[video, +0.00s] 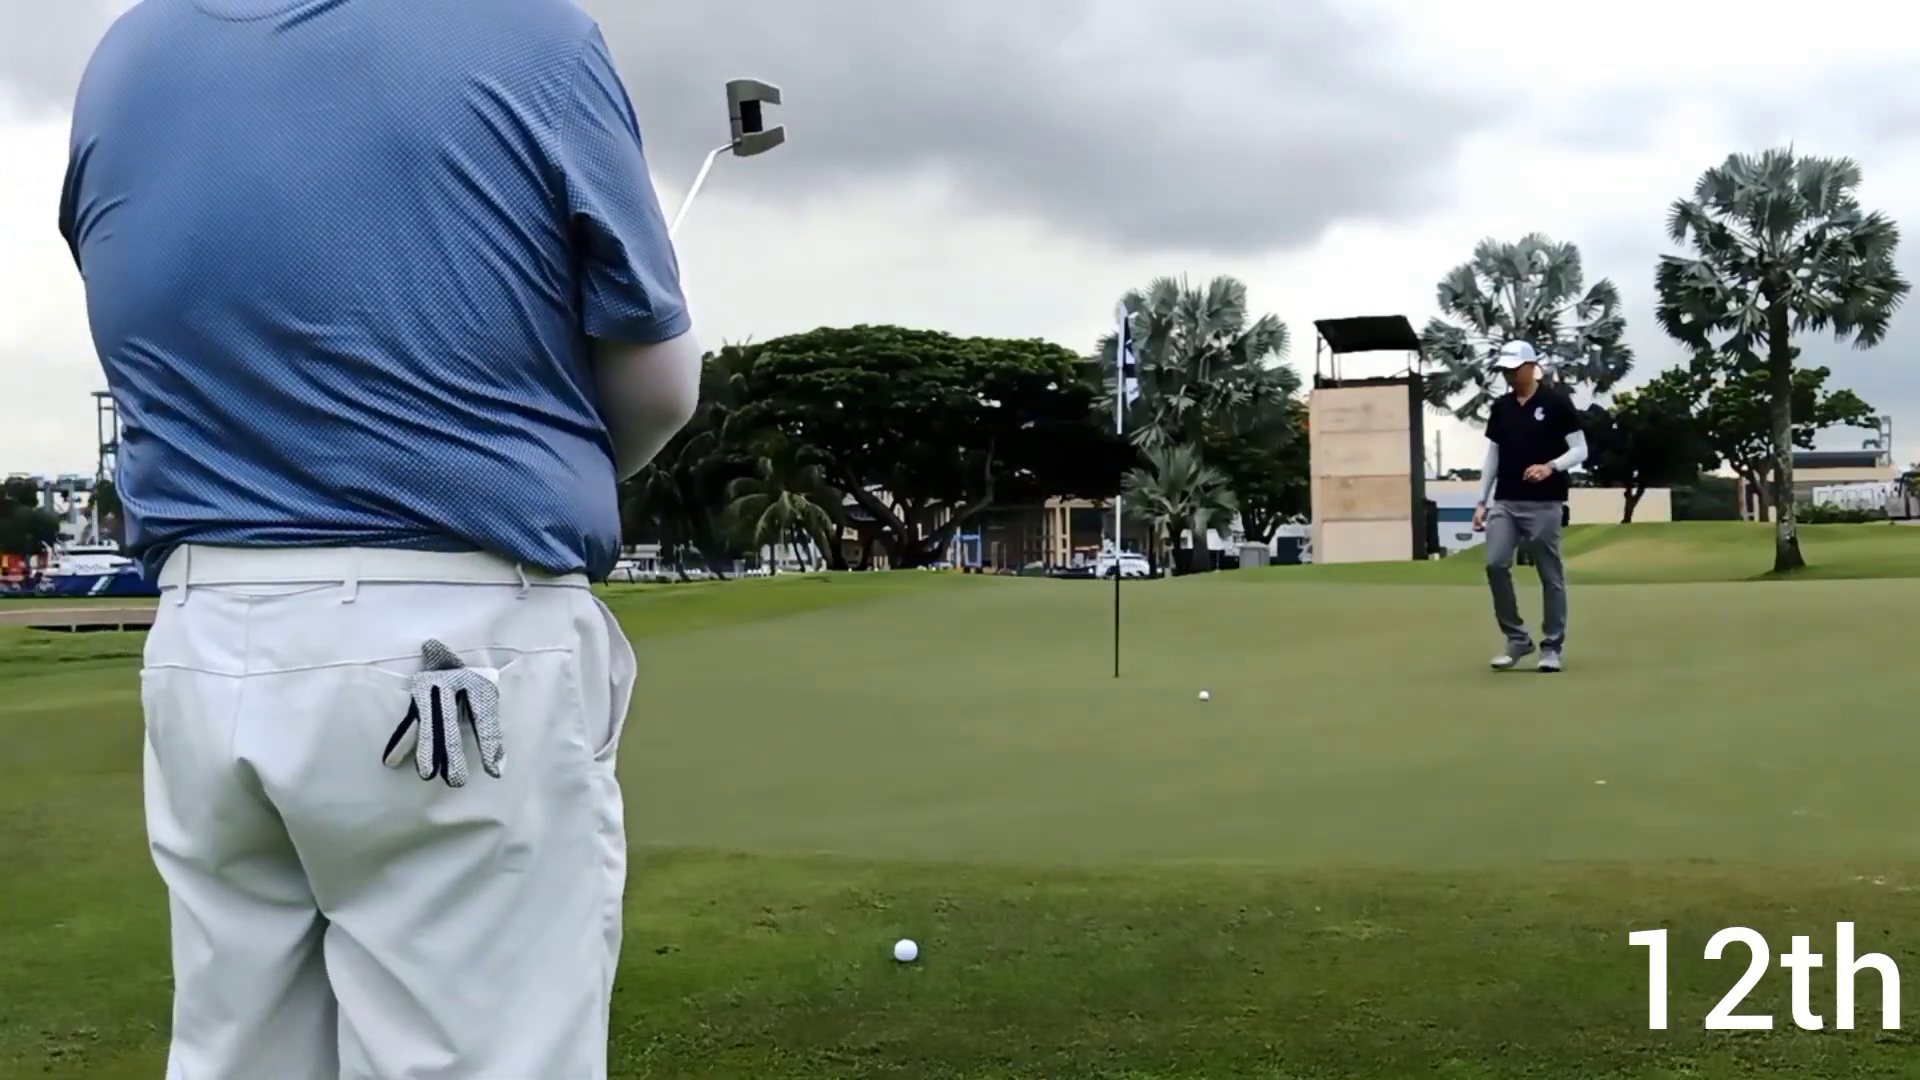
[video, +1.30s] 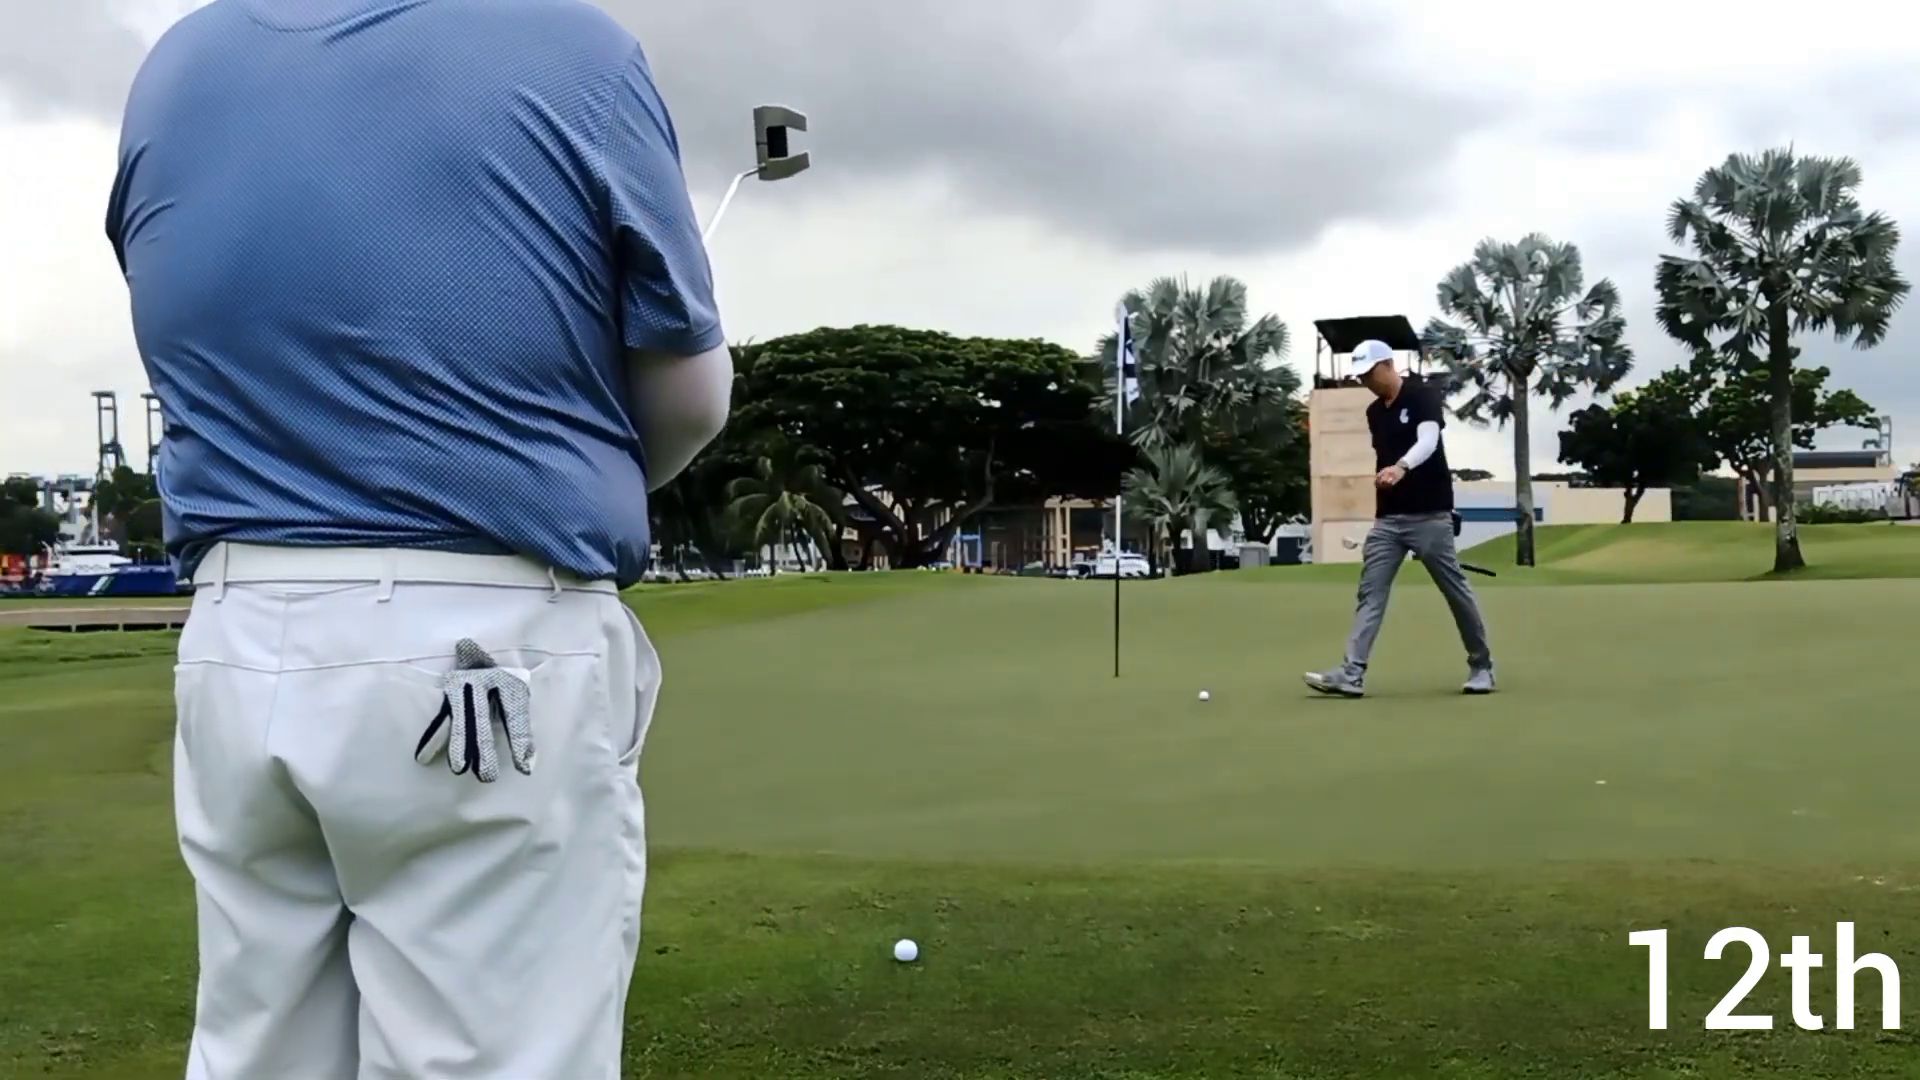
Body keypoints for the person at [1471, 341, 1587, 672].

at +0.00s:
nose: (1508, 376)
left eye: (1514, 369)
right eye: (1505, 370)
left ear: (1532, 367)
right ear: (1504, 371)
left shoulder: (1556, 402)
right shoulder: (1501, 407)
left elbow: (1580, 450)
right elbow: (1492, 455)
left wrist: (1551, 466)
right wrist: (1482, 500)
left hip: (1544, 507)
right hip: (1504, 505)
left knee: (1551, 577)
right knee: (1495, 565)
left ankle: (1552, 647)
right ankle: (1516, 640)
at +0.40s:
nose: (1482, 369)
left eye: (1486, 362)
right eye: (1474, 364)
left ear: (1494, 363)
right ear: (1462, 370)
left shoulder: (1515, 402)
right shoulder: (1451, 410)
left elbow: (1527, 454)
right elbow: (1444, 464)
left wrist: (1526, 500)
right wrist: (1440, 510)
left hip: (1505, 507)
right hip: (1463, 509)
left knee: (1509, 574)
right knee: (1464, 584)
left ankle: (1529, 632)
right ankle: (1474, 658)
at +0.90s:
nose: (1435, 374)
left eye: (1441, 366)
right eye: (1430, 368)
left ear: (1458, 364)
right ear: (1425, 370)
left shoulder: (1487, 406)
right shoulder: (1420, 414)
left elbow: (1513, 458)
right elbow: (1409, 466)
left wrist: (1539, 504)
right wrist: (1390, 513)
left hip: (1477, 511)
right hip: (1436, 517)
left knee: (1476, 578)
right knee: (1434, 593)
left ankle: (1486, 665)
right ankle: (1463, 640)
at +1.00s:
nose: (1423, 371)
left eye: (1428, 363)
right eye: (1417, 365)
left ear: (1447, 358)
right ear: (1413, 366)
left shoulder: (1476, 399)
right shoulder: (1412, 406)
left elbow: (1499, 455)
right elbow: (1405, 462)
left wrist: (1513, 505)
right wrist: (1396, 512)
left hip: (1467, 510)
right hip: (1424, 514)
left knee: (1475, 586)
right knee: (1418, 585)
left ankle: (1485, 667)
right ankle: (1454, 640)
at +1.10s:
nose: (1405, 369)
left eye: (1410, 362)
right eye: (1401, 363)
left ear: (1431, 357)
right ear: (1401, 363)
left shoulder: (1464, 394)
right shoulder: (1404, 402)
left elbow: (1479, 445)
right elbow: (1400, 459)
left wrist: (1477, 494)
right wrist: (1398, 509)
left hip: (1454, 510)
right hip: (1413, 512)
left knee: (1473, 588)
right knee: (1396, 575)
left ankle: (1484, 667)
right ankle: (1431, 658)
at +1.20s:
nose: (1385, 373)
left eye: (1390, 366)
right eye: (1382, 368)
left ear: (1412, 359)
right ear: (1386, 368)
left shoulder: (1445, 393)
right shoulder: (1392, 405)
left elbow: (1456, 445)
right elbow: (1399, 456)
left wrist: (1436, 478)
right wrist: (1396, 502)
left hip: (1445, 516)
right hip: (1402, 516)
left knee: (1468, 590)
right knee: (1382, 579)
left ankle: (1483, 669)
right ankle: (1385, 670)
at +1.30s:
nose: (1364, 382)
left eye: (1367, 374)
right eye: (1360, 377)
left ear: (1387, 366)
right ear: (1365, 376)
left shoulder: (1423, 395)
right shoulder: (1375, 412)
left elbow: (1428, 441)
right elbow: (1386, 459)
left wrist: (1400, 467)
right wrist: (1387, 512)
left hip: (1429, 518)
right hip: (1388, 520)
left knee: (1456, 591)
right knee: (1370, 592)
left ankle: (1481, 667)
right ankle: (1352, 672)